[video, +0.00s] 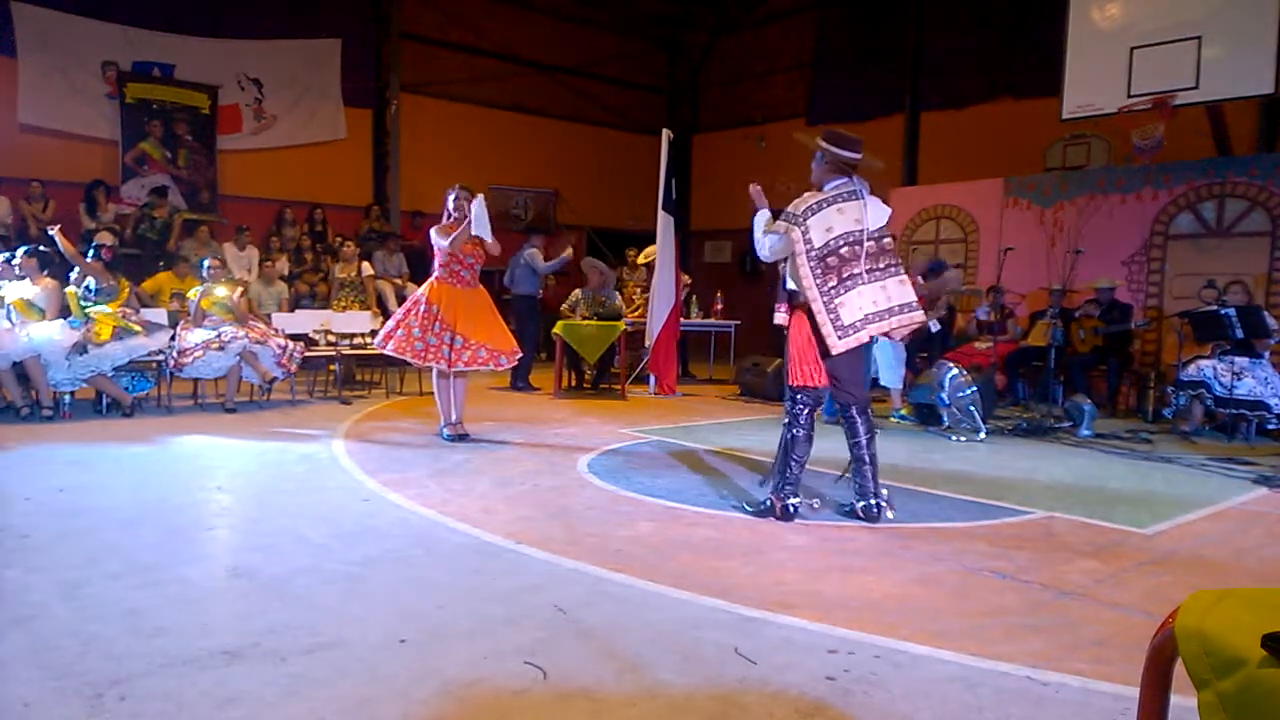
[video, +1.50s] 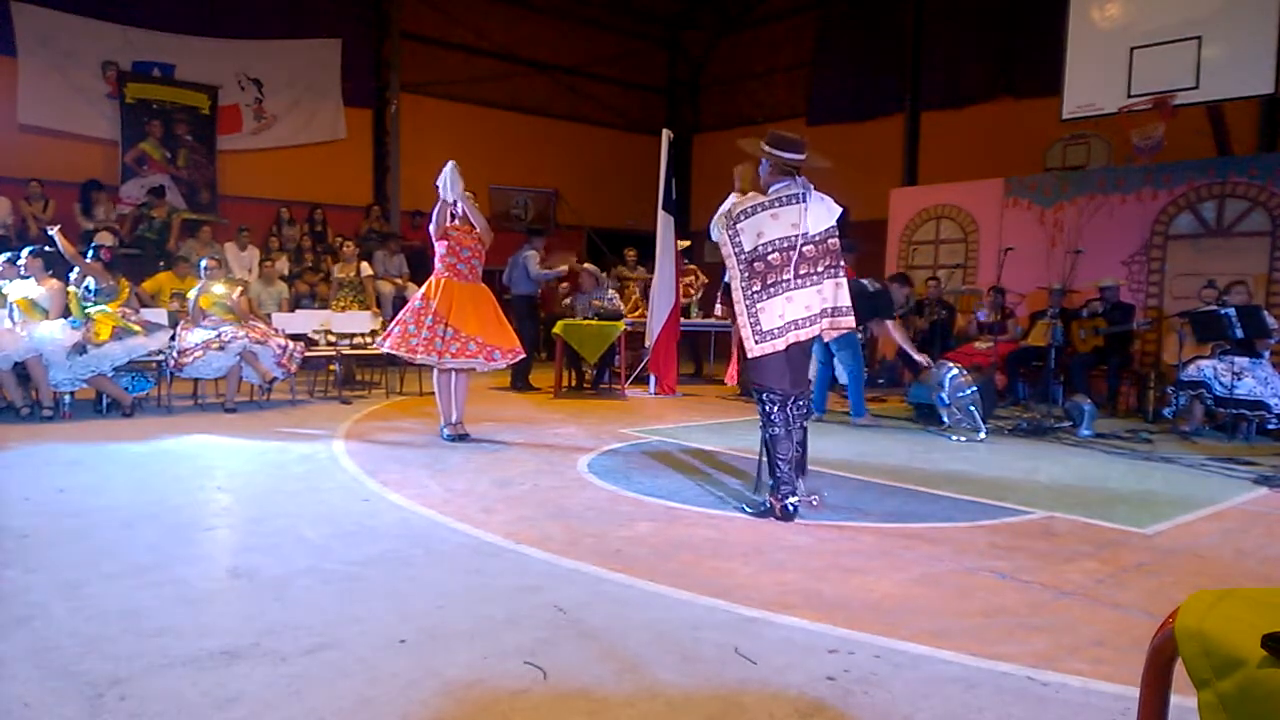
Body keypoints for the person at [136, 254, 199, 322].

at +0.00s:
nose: (186, 271)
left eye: (187, 268)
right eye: (183, 268)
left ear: (189, 268)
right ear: (175, 268)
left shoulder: (194, 282)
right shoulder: (163, 278)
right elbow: (142, 291)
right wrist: (154, 306)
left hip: (187, 316)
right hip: (165, 314)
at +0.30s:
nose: (184, 270)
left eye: (185, 267)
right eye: (181, 267)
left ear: (188, 268)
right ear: (173, 267)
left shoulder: (192, 281)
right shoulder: (161, 277)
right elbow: (140, 290)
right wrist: (153, 307)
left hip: (185, 315)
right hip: (164, 313)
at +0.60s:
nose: (187, 270)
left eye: (188, 267)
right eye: (184, 267)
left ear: (190, 268)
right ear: (175, 267)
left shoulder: (194, 282)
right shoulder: (163, 278)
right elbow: (141, 291)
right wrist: (154, 307)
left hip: (187, 317)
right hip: (164, 314)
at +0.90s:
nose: (187, 271)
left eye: (188, 268)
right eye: (184, 268)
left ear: (190, 268)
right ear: (175, 267)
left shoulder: (194, 282)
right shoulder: (163, 278)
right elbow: (141, 291)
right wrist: (154, 307)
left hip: (187, 316)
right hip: (164, 314)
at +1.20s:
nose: (187, 271)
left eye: (189, 268)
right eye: (184, 268)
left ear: (190, 268)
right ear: (176, 267)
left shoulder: (194, 281)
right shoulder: (163, 278)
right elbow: (141, 291)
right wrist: (154, 307)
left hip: (188, 316)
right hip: (165, 314)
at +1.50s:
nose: (187, 271)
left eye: (188, 268)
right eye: (184, 268)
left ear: (190, 268)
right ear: (175, 268)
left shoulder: (193, 281)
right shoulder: (163, 278)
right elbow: (142, 291)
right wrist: (154, 307)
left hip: (187, 316)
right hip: (165, 314)